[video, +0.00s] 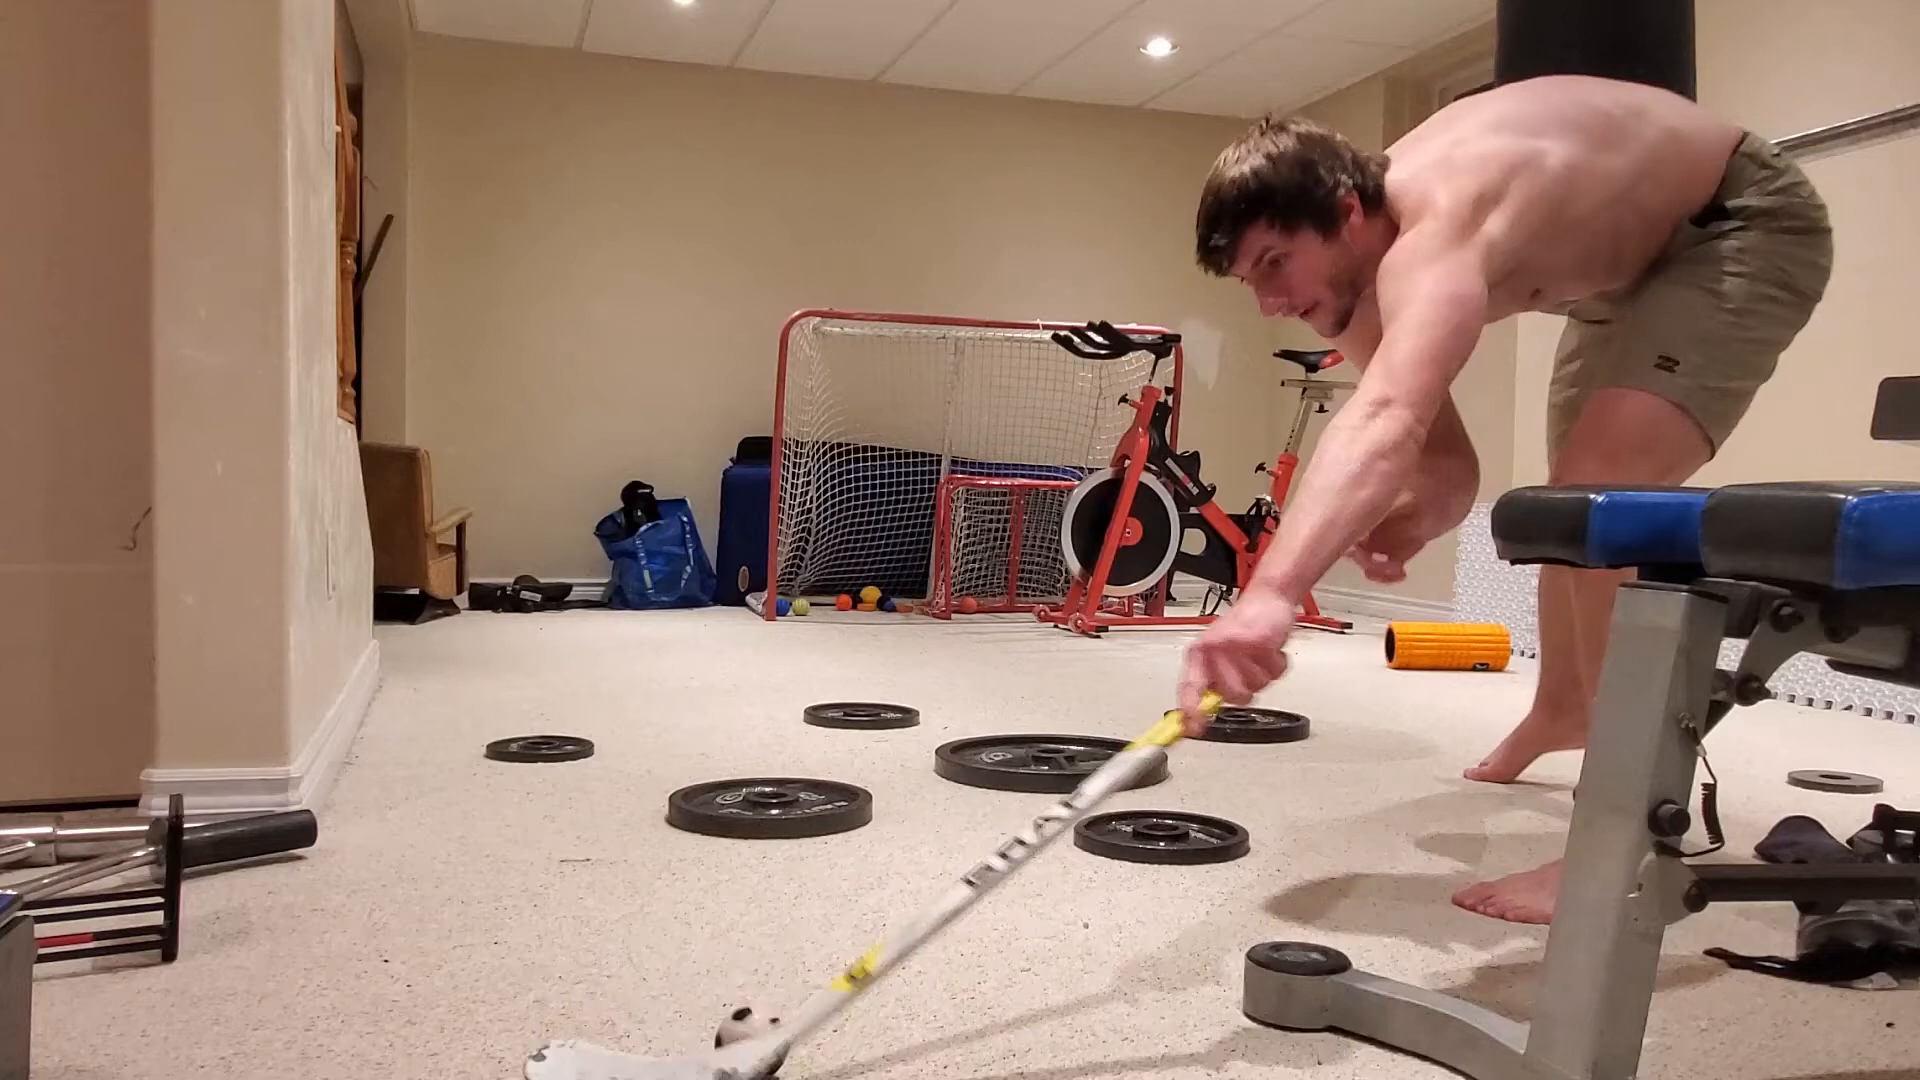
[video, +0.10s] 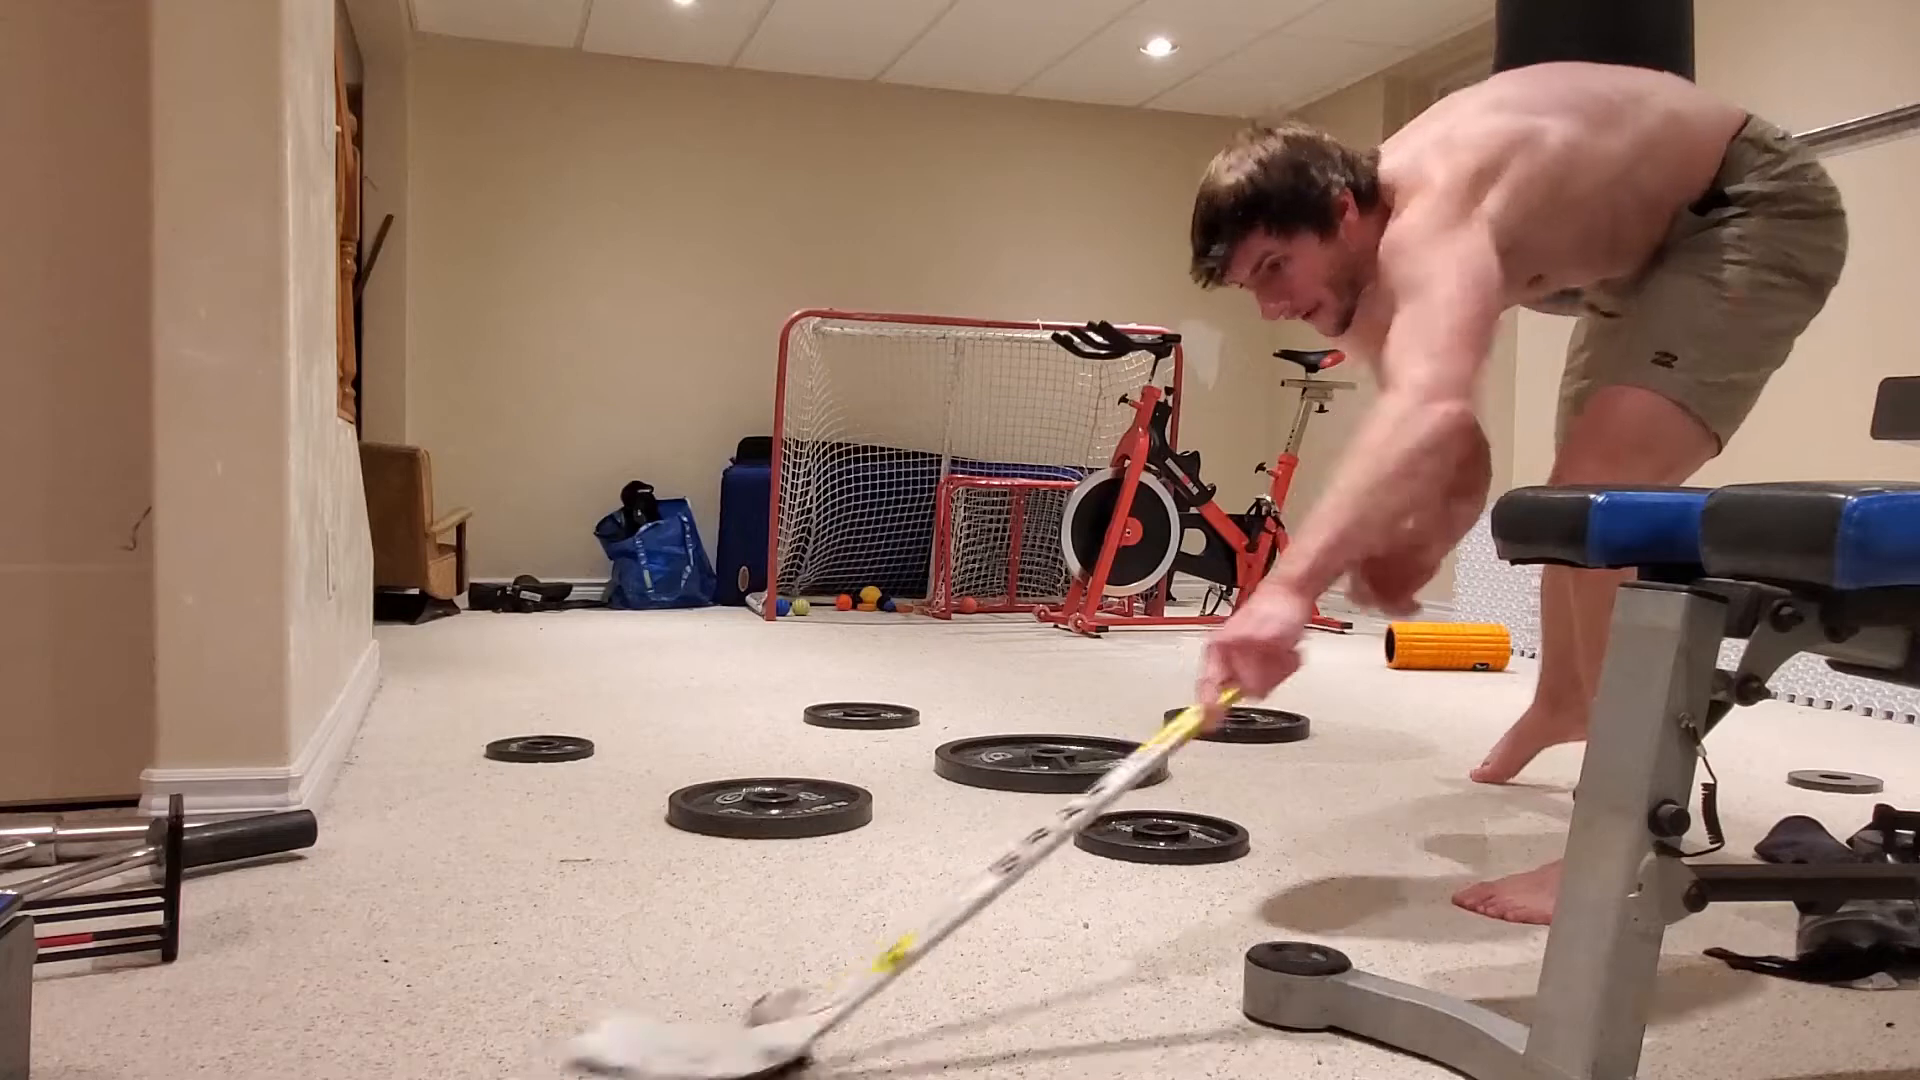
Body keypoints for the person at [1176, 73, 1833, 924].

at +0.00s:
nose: (1270, 303)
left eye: (1275, 264)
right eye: (1252, 284)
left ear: (1350, 214)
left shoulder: (1436, 246)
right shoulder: (1356, 289)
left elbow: (1388, 422)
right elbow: (1447, 460)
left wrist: (1270, 594)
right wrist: (1410, 522)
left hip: (1738, 217)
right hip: (1616, 270)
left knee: (1604, 486)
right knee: (1564, 494)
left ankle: (1620, 840)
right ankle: (1564, 710)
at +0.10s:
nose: (1272, 307)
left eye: (1276, 266)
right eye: (1252, 288)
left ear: (1345, 211)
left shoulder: (1433, 226)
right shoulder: (1360, 289)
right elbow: (1458, 453)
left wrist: (1289, 587)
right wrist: (1416, 542)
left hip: (1749, 203)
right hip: (1635, 256)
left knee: (1607, 492)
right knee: (1570, 490)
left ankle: (1623, 844)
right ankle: (1563, 704)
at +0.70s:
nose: (1274, 235)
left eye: (1273, 199)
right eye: (1255, 218)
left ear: (1335, 134)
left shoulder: (1487, 117)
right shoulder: (1383, 228)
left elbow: (1714, 231)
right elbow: (1461, 394)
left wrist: (1583, 442)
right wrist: (1430, 535)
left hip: (1789, 166)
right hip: (1661, 212)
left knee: (1642, 512)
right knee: (1598, 498)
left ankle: (1631, 847)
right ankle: (1652, 754)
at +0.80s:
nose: (1276, 241)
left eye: (1274, 205)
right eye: (1258, 226)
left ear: (1330, 138)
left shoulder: (1493, 112)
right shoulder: (1390, 237)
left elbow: (1738, 180)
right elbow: (1490, 387)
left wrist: (1633, 392)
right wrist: (1500, 485)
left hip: (1789, 167)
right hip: (1663, 224)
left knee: (1662, 505)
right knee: (1602, 493)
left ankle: (1625, 847)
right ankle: (1662, 754)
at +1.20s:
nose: (1297, 303)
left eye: (1282, 278)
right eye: (1278, 292)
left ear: (1314, 222)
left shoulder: (1422, 178)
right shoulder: (1448, 286)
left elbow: (1623, 242)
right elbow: (1578, 407)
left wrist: (1594, 429)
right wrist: (1565, 571)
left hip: (1784, 187)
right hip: (1713, 234)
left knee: (1690, 500)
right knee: (1662, 495)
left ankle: (1639, 843)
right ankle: (1673, 786)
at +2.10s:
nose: (1285, 344)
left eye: (1273, 320)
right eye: (1270, 332)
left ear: (1307, 272)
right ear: (1315, 272)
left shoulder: (1388, 227)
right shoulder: (1437, 307)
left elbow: (1527, 307)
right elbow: (1518, 449)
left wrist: (1492, 508)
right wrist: (1483, 607)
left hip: (1748, 213)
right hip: (1707, 239)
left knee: (1595, 497)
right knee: (1604, 493)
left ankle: (1600, 838)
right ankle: (1666, 760)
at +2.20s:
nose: (1261, 330)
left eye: (1250, 306)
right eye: (1245, 317)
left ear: (1290, 259)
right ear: (1293, 264)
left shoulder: (1377, 202)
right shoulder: (1417, 311)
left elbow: (1516, 280)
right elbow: (1492, 465)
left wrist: (1456, 473)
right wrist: (1420, 600)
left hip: (1744, 201)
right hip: (1703, 232)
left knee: (1589, 495)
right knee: (1649, 510)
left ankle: (1601, 836)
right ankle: (1669, 768)